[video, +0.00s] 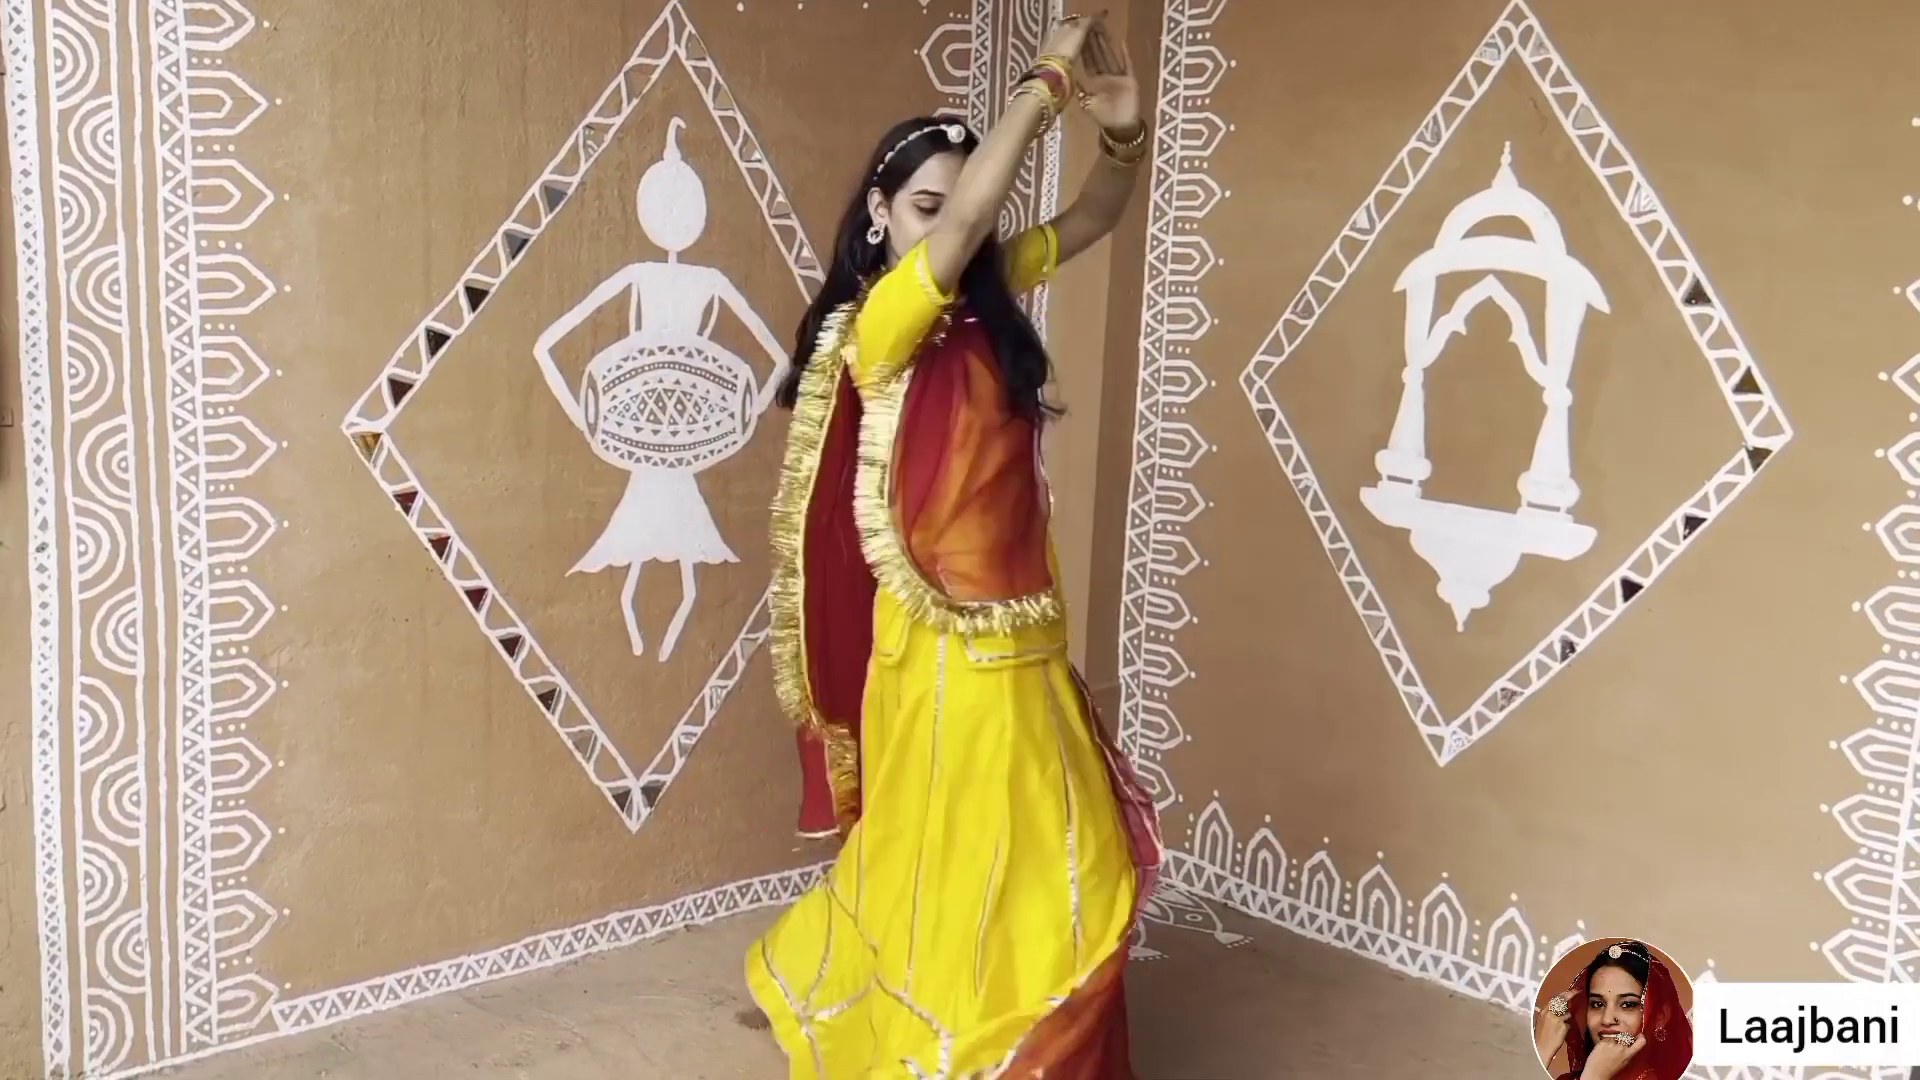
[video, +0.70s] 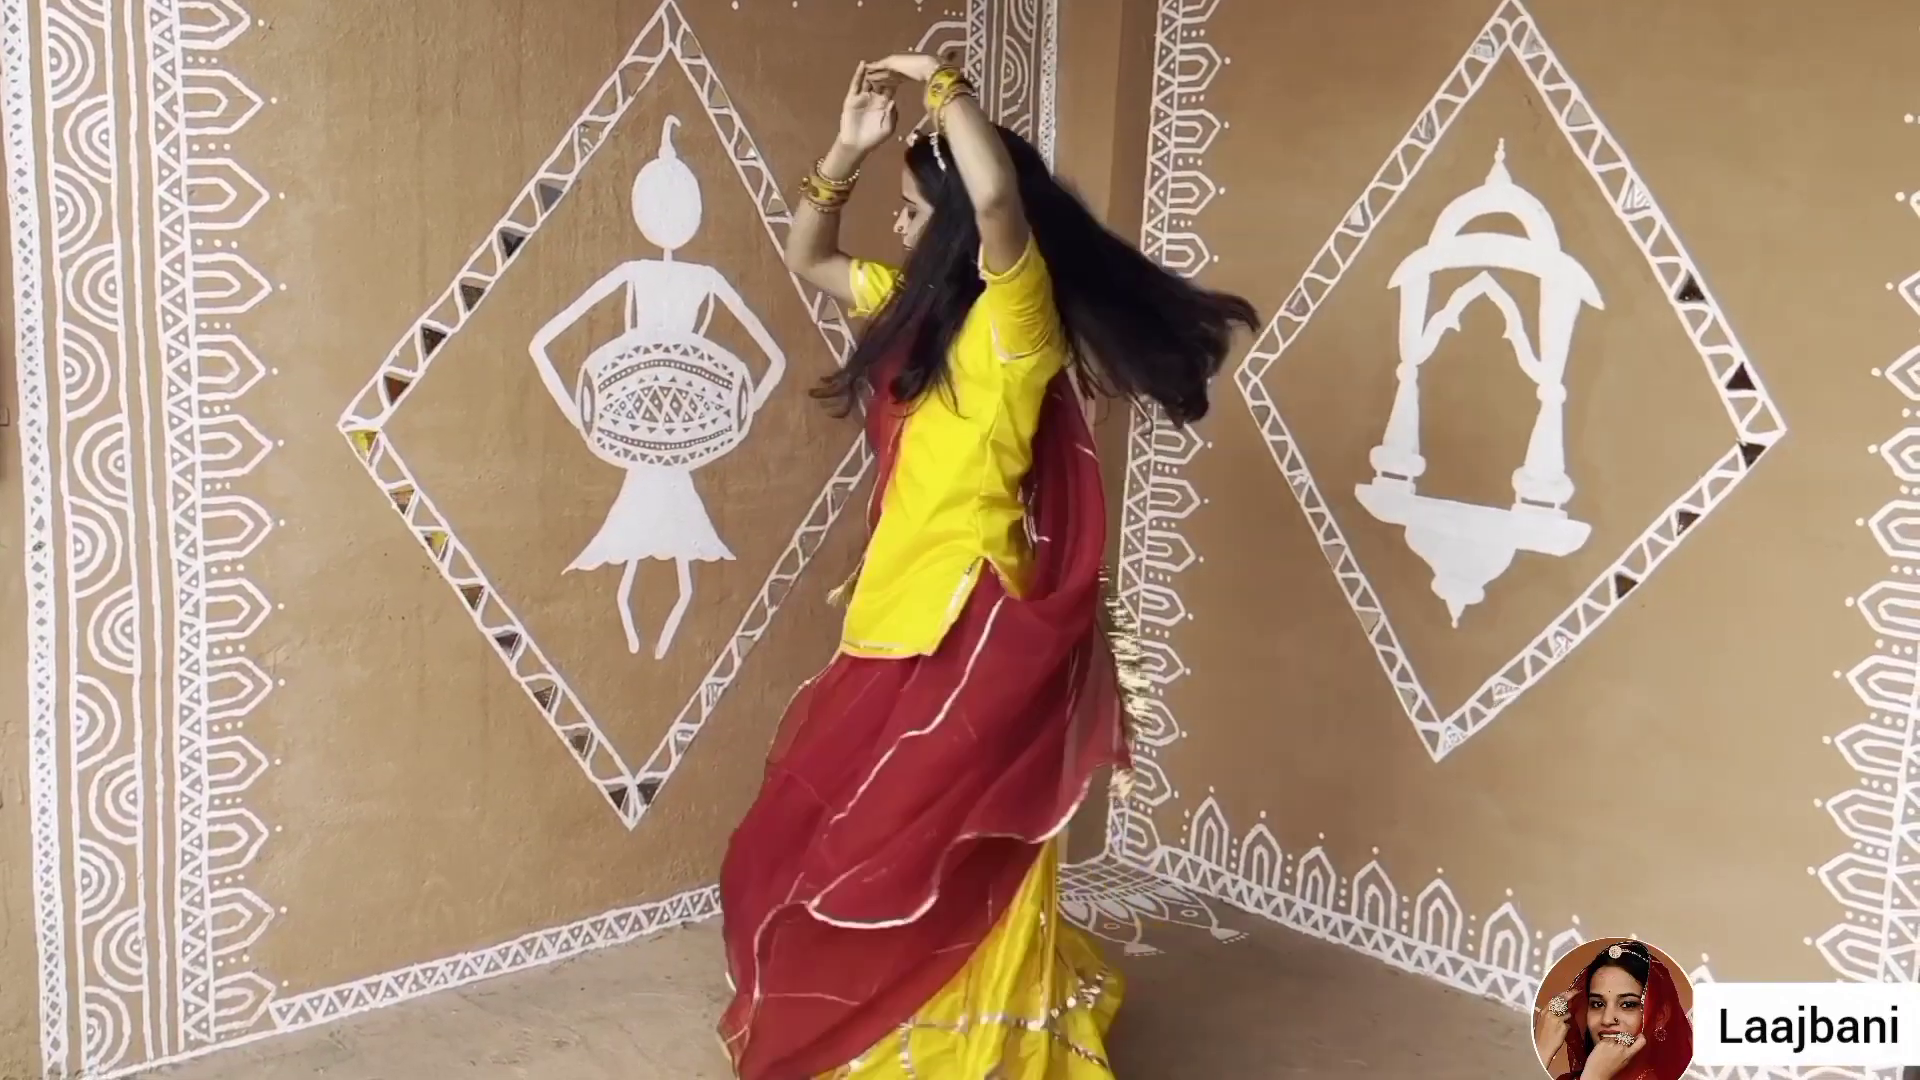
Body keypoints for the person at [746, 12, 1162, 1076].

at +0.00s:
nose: (946, 223)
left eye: (963, 203)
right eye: (924, 203)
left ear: (978, 212)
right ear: (876, 219)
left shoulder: (984, 290)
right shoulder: (871, 332)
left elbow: (1091, 218)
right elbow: (960, 233)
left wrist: (1127, 137)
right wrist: (1043, 88)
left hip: (1027, 641)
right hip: (950, 653)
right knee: (1070, 881)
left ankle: (799, 974)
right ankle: (1008, 1060)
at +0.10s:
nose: (999, 213)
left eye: (1006, 191)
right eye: (976, 190)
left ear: (996, 196)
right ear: (912, 198)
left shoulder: (932, 299)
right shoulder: (934, 311)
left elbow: (1023, 168)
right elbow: (1072, 205)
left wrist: (1070, 55)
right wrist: (1091, 62)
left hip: (951, 588)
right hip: (974, 602)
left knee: (930, 819)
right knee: (1028, 830)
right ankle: (1014, 1044)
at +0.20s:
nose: (1059, 214)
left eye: (1052, 192)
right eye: (1041, 194)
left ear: (960, 209)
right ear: (981, 205)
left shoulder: (901, 316)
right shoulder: (1032, 318)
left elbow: (899, 188)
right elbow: (1174, 204)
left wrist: (970, 97)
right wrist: (1133, 69)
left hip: (915, 620)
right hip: (1015, 625)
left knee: (919, 842)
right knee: (1045, 843)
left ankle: (881, 1042)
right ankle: (1052, 1051)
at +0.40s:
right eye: (1061, 202)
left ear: (940, 217)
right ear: (1053, 229)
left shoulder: (891, 312)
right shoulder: (1086, 344)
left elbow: (807, 180)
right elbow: (1135, 260)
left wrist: (883, 105)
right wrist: (1097, 165)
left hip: (929, 649)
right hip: (1057, 644)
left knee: (935, 876)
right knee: (1085, 868)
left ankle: (920, 1052)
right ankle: (1111, 1051)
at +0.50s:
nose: (942, 216)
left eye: (951, 203)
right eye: (953, 199)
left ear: (960, 228)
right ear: (1058, 230)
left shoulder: (921, 309)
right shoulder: (1088, 345)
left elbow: (814, 198)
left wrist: (868, 112)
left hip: (912, 606)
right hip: (1025, 615)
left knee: (921, 823)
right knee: (1039, 826)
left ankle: (908, 1031)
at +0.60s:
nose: (936, 234)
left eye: (946, 219)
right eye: (945, 216)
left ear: (965, 236)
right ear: (1051, 222)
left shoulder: (961, 305)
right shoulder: (1077, 316)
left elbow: (871, 209)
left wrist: (876, 109)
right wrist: (927, 157)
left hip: (931, 588)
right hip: (1022, 597)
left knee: (911, 789)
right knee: (999, 793)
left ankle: (904, 1015)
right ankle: (1002, 1003)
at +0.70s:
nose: (897, 220)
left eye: (907, 203)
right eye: (898, 203)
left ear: (956, 213)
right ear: (928, 215)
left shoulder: (1013, 324)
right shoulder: (915, 304)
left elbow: (997, 202)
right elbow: (810, 258)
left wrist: (943, 90)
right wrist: (844, 158)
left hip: (979, 635)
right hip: (895, 626)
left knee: (910, 861)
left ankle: (949, 1052)